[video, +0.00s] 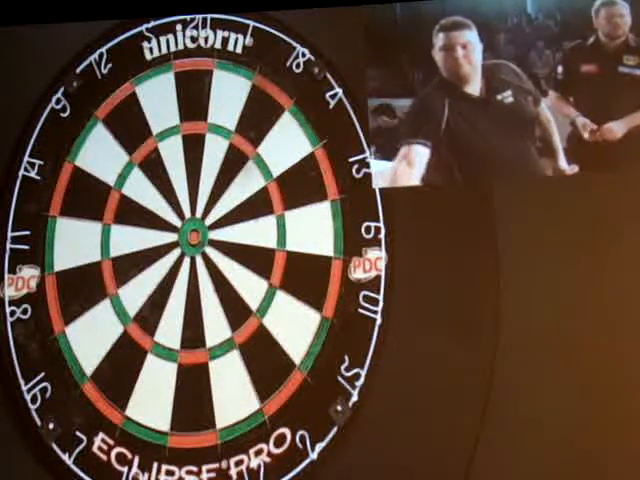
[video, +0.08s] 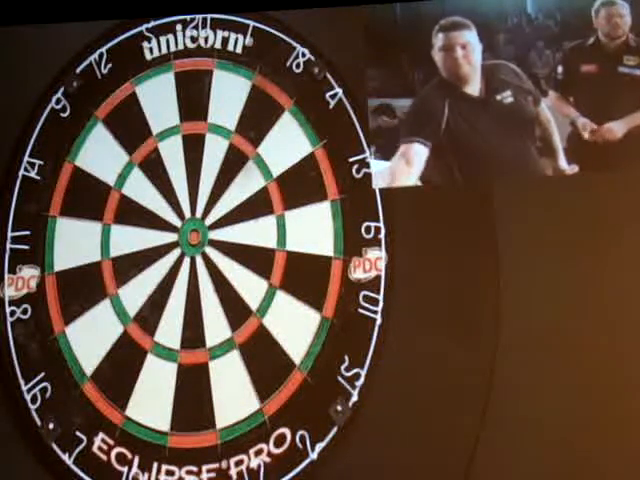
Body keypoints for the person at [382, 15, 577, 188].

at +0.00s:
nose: (458, 55)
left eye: (465, 46)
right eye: (448, 49)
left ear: (479, 49)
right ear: (435, 56)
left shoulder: (505, 74)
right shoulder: (432, 102)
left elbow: (542, 114)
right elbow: (409, 164)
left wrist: (560, 161)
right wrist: (396, 222)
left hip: (535, 197)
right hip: (475, 209)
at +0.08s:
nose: (457, 56)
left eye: (465, 47)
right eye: (446, 49)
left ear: (479, 51)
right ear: (434, 57)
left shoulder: (505, 74)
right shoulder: (431, 103)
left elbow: (542, 115)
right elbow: (407, 162)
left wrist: (561, 161)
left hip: (537, 197)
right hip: (478, 208)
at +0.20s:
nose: (456, 57)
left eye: (463, 47)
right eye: (445, 51)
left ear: (478, 51)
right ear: (433, 59)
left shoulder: (503, 74)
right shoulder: (432, 102)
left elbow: (542, 115)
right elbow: (402, 153)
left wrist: (561, 161)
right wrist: (367, 189)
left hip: (537, 195)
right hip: (480, 207)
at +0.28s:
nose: (455, 57)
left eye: (462, 48)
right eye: (444, 51)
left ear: (476, 52)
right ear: (432, 60)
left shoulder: (503, 75)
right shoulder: (432, 102)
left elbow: (541, 116)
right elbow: (402, 141)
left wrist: (560, 162)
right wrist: (366, 163)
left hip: (536, 194)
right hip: (479, 206)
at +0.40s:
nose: (455, 58)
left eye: (462, 49)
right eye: (444, 52)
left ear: (476, 52)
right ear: (431, 60)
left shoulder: (503, 76)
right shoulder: (430, 104)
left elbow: (540, 115)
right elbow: (404, 136)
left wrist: (559, 162)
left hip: (539, 188)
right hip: (484, 201)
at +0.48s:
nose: (454, 59)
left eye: (461, 49)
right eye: (443, 52)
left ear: (476, 52)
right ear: (430, 61)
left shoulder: (502, 76)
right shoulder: (432, 103)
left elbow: (539, 115)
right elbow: (393, 147)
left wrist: (559, 163)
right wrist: (373, 92)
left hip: (543, 194)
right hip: (485, 208)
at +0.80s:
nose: (454, 59)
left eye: (461, 49)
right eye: (443, 53)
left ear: (475, 52)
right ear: (430, 61)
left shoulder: (500, 76)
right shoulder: (431, 101)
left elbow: (538, 116)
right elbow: (401, 152)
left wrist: (560, 166)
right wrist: (403, 82)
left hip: (543, 192)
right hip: (485, 206)